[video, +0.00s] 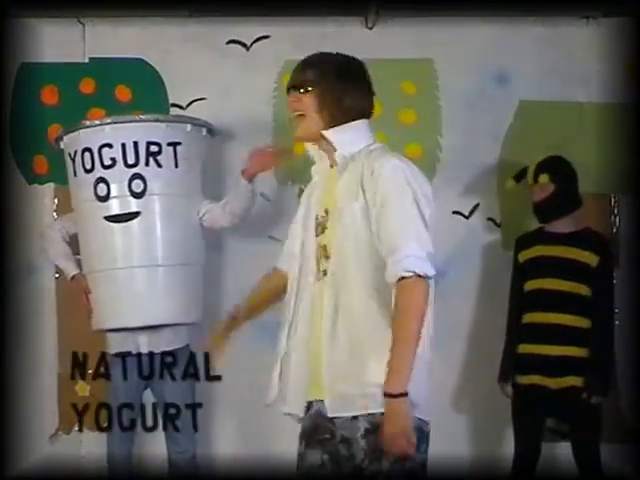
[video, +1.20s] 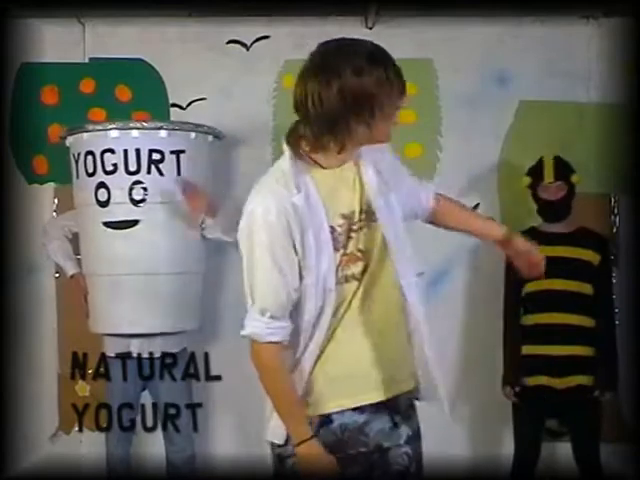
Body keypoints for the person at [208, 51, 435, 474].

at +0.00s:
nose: (292, 102)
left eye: (303, 89)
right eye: (291, 92)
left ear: (340, 95)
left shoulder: (387, 171)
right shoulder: (318, 185)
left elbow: (414, 280)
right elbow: (288, 270)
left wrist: (396, 396)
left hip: (380, 414)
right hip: (322, 410)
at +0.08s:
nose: (303, 102)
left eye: (316, 87)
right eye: (296, 93)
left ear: (351, 95)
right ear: (292, 107)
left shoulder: (397, 172)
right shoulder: (306, 191)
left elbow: (424, 284)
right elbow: (284, 291)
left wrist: (382, 383)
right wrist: (250, 368)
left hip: (391, 410)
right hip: (322, 412)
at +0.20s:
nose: (320, 106)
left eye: (332, 91)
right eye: (307, 96)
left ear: (359, 101)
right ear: (297, 111)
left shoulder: (411, 172)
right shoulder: (294, 196)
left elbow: (442, 276)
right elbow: (290, 305)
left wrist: (421, 364)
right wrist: (288, 391)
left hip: (403, 405)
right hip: (328, 410)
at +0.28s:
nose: (325, 105)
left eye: (338, 91)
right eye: (312, 94)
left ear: (363, 102)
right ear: (299, 107)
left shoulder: (414, 172)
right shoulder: (287, 197)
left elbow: (455, 274)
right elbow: (290, 303)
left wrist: (474, 368)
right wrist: (302, 390)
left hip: (413, 405)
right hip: (336, 409)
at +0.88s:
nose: (366, 108)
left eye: (379, 93)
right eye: (348, 97)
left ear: (397, 103)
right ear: (328, 112)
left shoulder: (442, 174)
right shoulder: (300, 206)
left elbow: (476, 262)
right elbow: (296, 331)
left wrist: (520, 346)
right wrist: (338, 431)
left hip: (429, 422)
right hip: (342, 426)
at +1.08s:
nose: (402, 102)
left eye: (401, 91)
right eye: (386, 91)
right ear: (343, 102)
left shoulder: (410, 167)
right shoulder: (291, 206)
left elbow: (457, 235)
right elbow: (283, 342)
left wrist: (518, 280)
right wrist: (328, 442)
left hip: (411, 417)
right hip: (332, 428)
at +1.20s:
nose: (399, 117)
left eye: (398, 106)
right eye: (393, 107)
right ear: (359, 109)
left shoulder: (378, 163)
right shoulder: (274, 202)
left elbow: (431, 205)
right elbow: (266, 342)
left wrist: (507, 238)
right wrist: (303, 441)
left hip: (395, 406)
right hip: (321, 423)